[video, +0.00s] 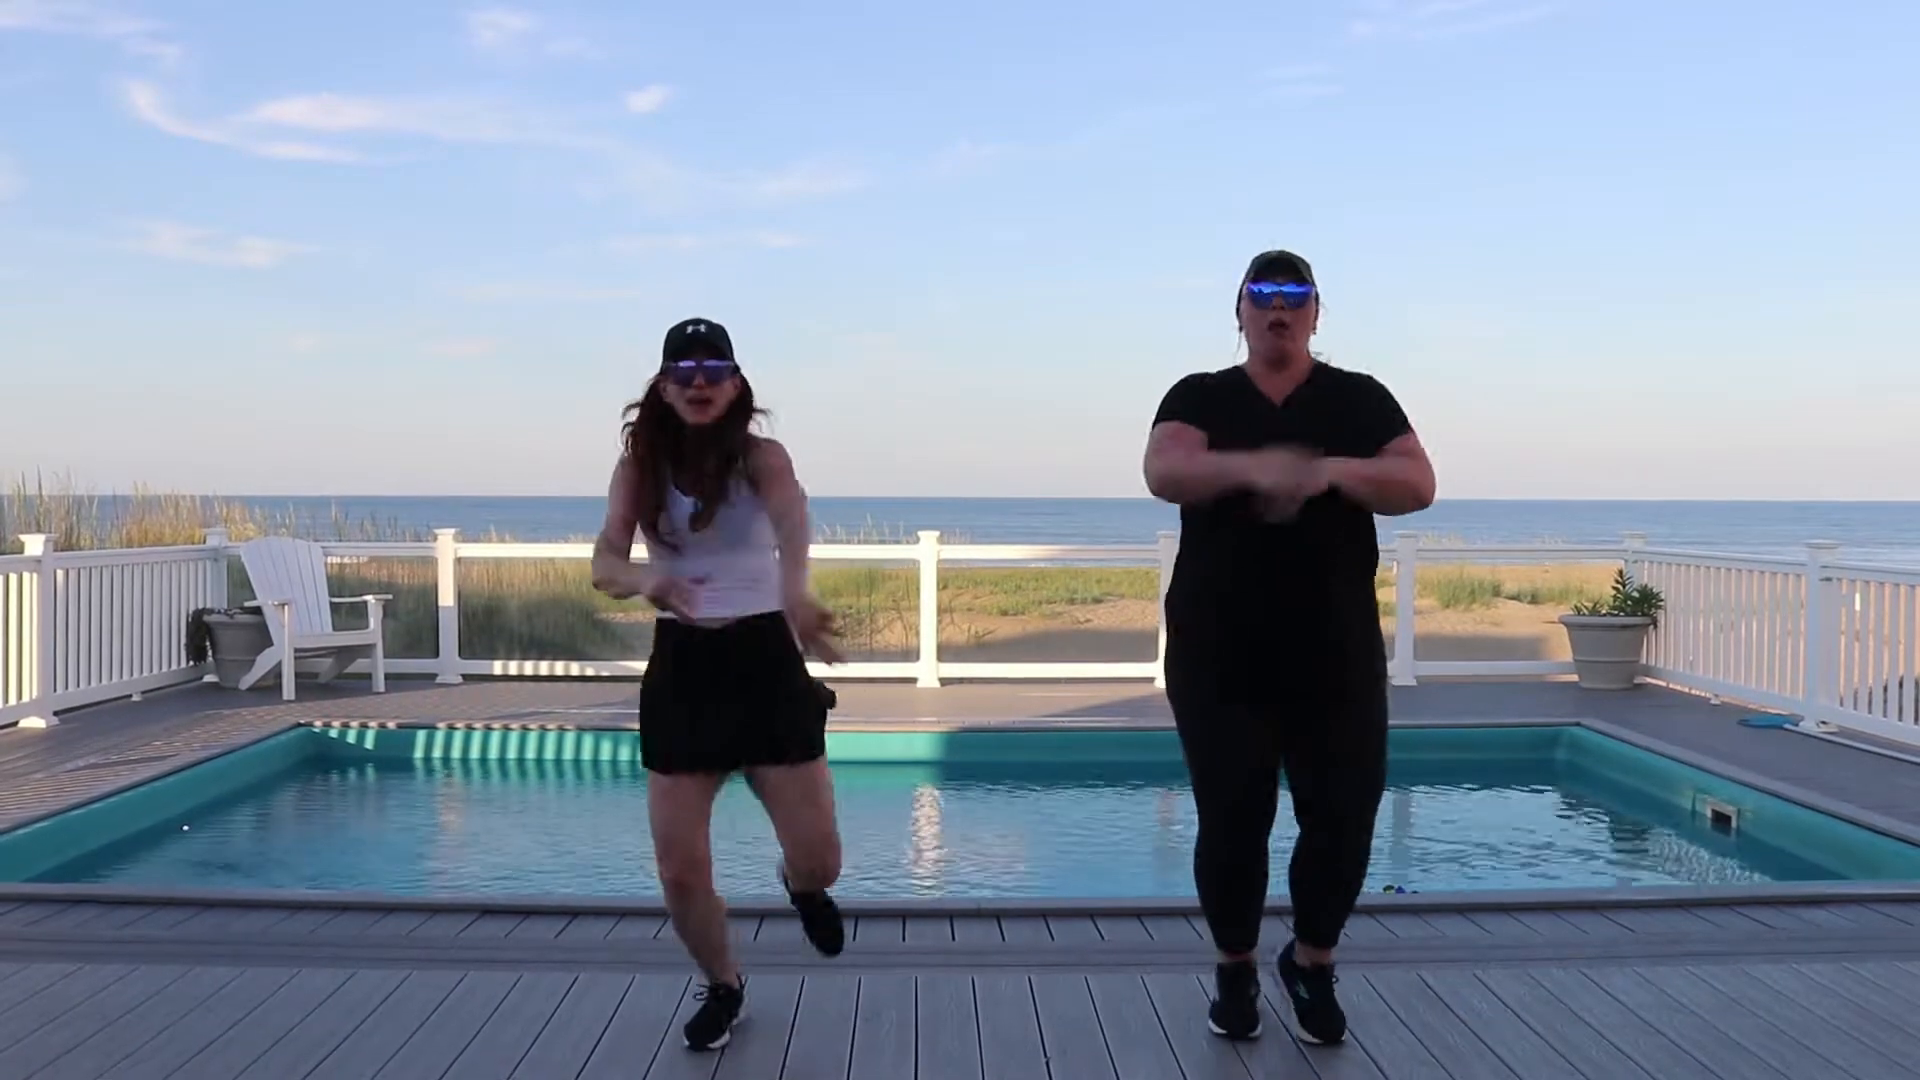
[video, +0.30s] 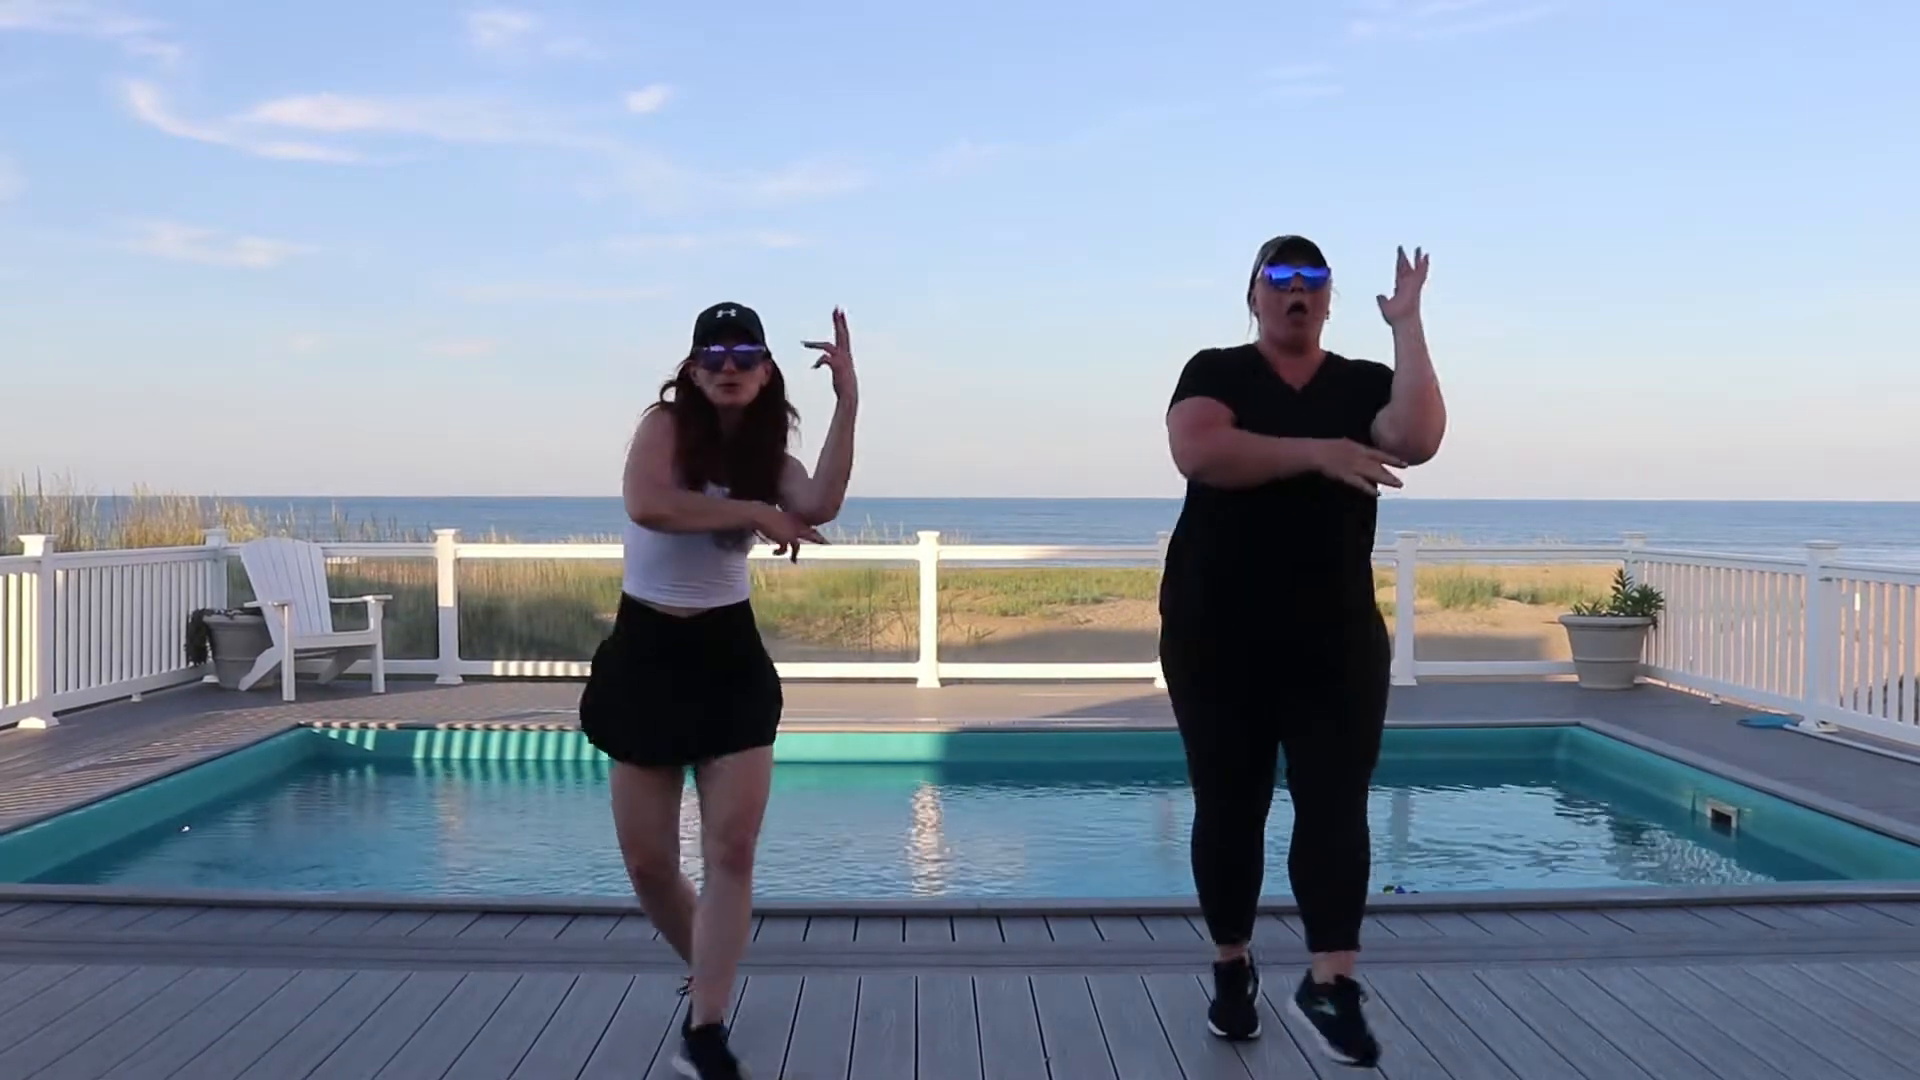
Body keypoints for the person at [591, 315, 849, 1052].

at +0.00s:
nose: (699, 385)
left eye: (714, 372)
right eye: (683, 373)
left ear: (736, 381)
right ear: (662, 383)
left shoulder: (762, 457)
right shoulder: (641, 464)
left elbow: (793, 525)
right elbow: (606, 564)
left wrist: (796, 596)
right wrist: (646, 578)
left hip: (767, 658)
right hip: (681, 663)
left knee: (818, 859)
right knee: (679, 869)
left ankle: (805, 888)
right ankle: (723, 983)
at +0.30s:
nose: (732, 370)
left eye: (746, 357)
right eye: (716, 358)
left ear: (769, 368)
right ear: (693, 367)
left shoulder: (765, 446)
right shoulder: (665, 424)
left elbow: (820, 507)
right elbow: (647, 502)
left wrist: (847, 401)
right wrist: (755, 513)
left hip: (730, 654)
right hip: (643, 655)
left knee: (732, 851)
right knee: (647, 867)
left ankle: (708, 1029)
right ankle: (710, 968)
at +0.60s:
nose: (729, 383)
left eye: (743, 369)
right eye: (713, 370)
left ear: (765, 378)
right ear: (691, 378)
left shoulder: (764, 457)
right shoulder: (668, 436)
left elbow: (815, 523)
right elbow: (649, 509)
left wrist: (837, 413)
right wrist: (753, 520)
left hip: (719, 665)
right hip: (633, 660)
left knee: (718, 852)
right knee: (620, 854)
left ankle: (700, 1027)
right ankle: (627, 974)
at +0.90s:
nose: (730, 388)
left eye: (744, 376)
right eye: (714, 376)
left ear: (765, 386)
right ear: (691, 387)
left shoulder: (789, 470)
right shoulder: (668, 460)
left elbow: (824, 567)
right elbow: (592, 492)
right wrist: (675, 473)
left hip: (768, 671)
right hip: (682, 666)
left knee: (765, 876)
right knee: (624, 855)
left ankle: (733, 997)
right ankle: (654, 961)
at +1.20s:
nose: (713, 367)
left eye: (730, 356)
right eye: (699, 356)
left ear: (754, 367)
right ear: (678, 369)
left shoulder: (780, 431)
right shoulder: (669, 447)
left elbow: (812, 521)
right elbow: (633, 532)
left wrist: (701, 544)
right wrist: (623, 417)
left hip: (806, 651)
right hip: (721, 655)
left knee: (803, 862)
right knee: (709, 845)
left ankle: (748, 977)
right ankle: (736, 1031)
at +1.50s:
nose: (722, 384)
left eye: (738, 372)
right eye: (708, 372)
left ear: (761, 383)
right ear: (686, 384)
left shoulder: (789, 447)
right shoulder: (680, 469)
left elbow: (822, 531)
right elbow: (643, 561)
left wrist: (717, 560)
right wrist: (632, 454)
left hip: (825, 655)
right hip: (739, 663)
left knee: (839, 845)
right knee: (729, 838)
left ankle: (820, 959)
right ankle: (748, 1024)